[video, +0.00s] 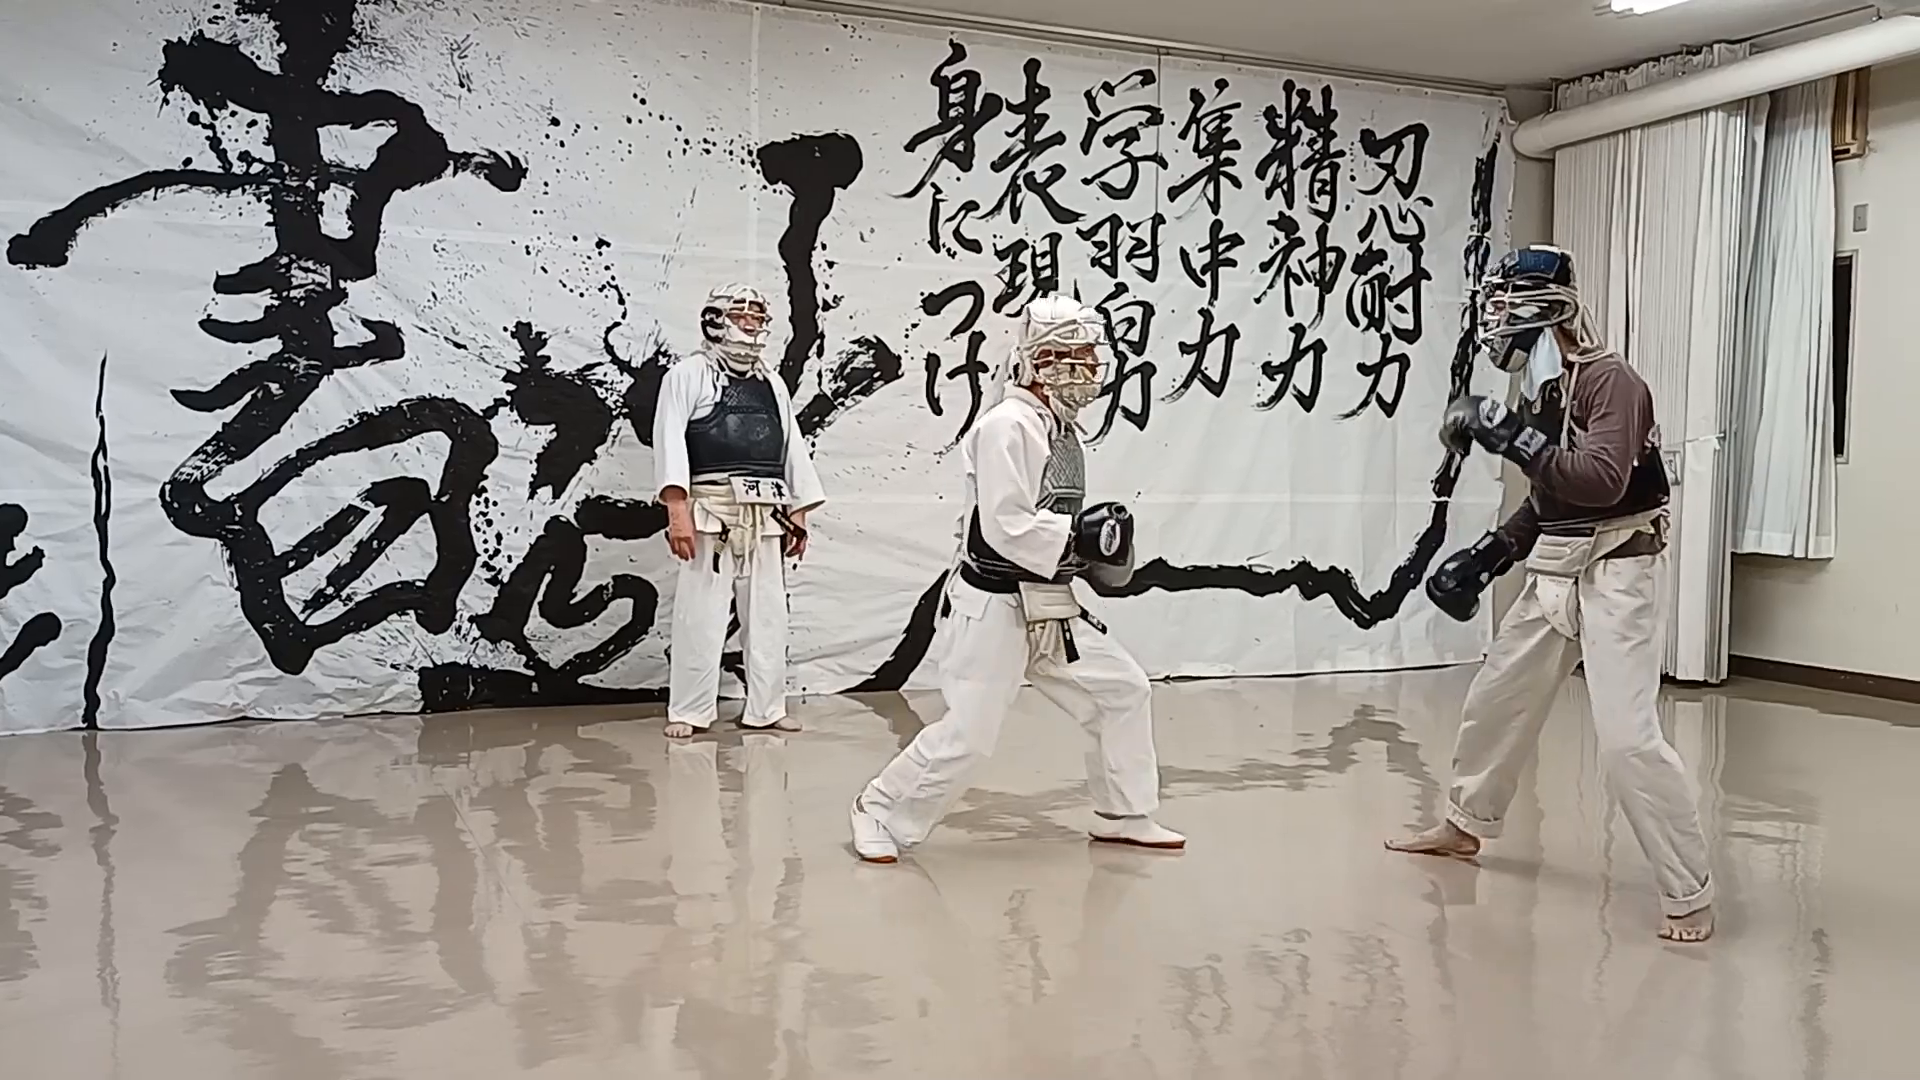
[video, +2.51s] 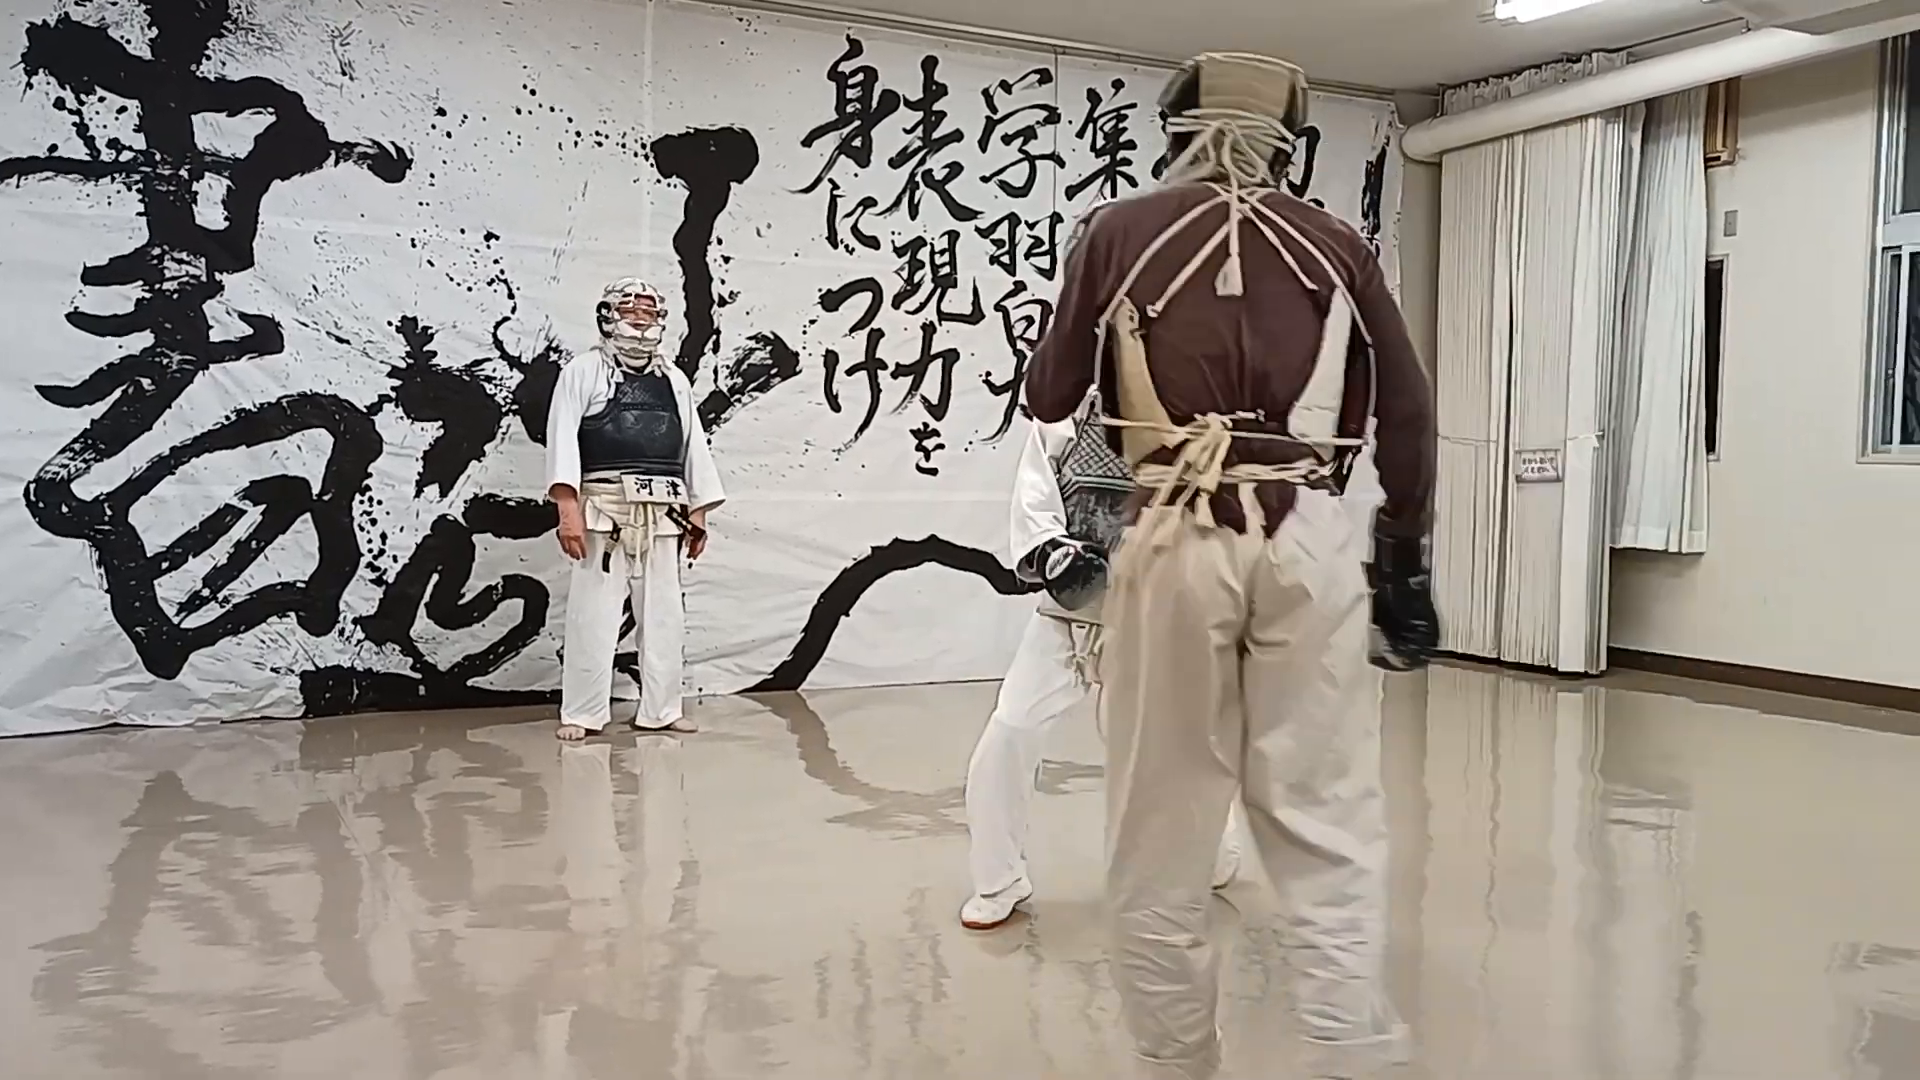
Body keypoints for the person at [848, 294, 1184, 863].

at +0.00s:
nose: (1089, 368)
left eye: (1092, 357)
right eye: (1077, 356)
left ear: (1092, 362)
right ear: (1042, 361)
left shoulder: (1058, 425)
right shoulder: (1009, 425)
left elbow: (1044, 514)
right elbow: (1004, 526)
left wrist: (1089, 546)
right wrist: (1080, 538)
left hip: (1044, 599)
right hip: (991, 602)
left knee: (1124, 687)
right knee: (969, 734)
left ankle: (1123, 816)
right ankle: (877, 813)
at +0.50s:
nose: (1072, 350)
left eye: (1084, 337)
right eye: (1056, 337)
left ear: (1098, 344)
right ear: (1029, 342)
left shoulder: (1098, 414)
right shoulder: (989, 408)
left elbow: (1102, 507)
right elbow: (970, 507)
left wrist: (1120, 548)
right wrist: (1036, 535)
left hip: (1073, 589)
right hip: (998, 592)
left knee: (1131, 705)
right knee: (974, 719)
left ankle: (1140, 823)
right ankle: (905, 833)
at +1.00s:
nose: (1148, 345)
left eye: (1155, 332)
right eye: (1133, 332)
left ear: (1162, 337)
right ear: (1100, 340)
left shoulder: (1157, 413)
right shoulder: (1069, 405)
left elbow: (1173, 494)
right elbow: (1081, 491)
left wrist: (1220, 486)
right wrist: (1157, 474)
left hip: (1133, 591)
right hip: (1061, 590)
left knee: (1199, 700)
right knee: (1020, 728)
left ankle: (1193, 839)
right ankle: (934, 805)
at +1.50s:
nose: (1267, 322)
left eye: (1268, 310)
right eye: (1251, 310)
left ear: (1266, 317)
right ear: (1214, 319)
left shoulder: (1238, 383)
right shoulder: (1210, 383)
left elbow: (1244, 475)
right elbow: (1228, 469)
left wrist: (1295, 495)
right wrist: (1291, 428)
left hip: (1259, 580)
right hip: (1278, 575)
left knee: (1299, 713)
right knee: (1446, 589)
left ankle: (1203, 820)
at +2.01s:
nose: (1274, 349)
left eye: (1286, 335)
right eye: (1259, 335)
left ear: (1301, 342)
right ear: (1224, 340)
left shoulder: (1290, 422)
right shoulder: (1189, 419)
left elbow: (1315, 500)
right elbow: (1174, 527)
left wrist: (1346, 555)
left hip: (1281, 616)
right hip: (1220, 615)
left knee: (1279, 737)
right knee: (1302, 728)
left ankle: (1177, 821)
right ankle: (1307, 892)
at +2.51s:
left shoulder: (1180, 420)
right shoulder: (1058, 419)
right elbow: (1035, 501)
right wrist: (1055, 553)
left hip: (1167, 610)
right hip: (1073, 609)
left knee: (1193, 733)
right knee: (1008, 735)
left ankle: (1214, 851)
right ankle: (1000, 882)